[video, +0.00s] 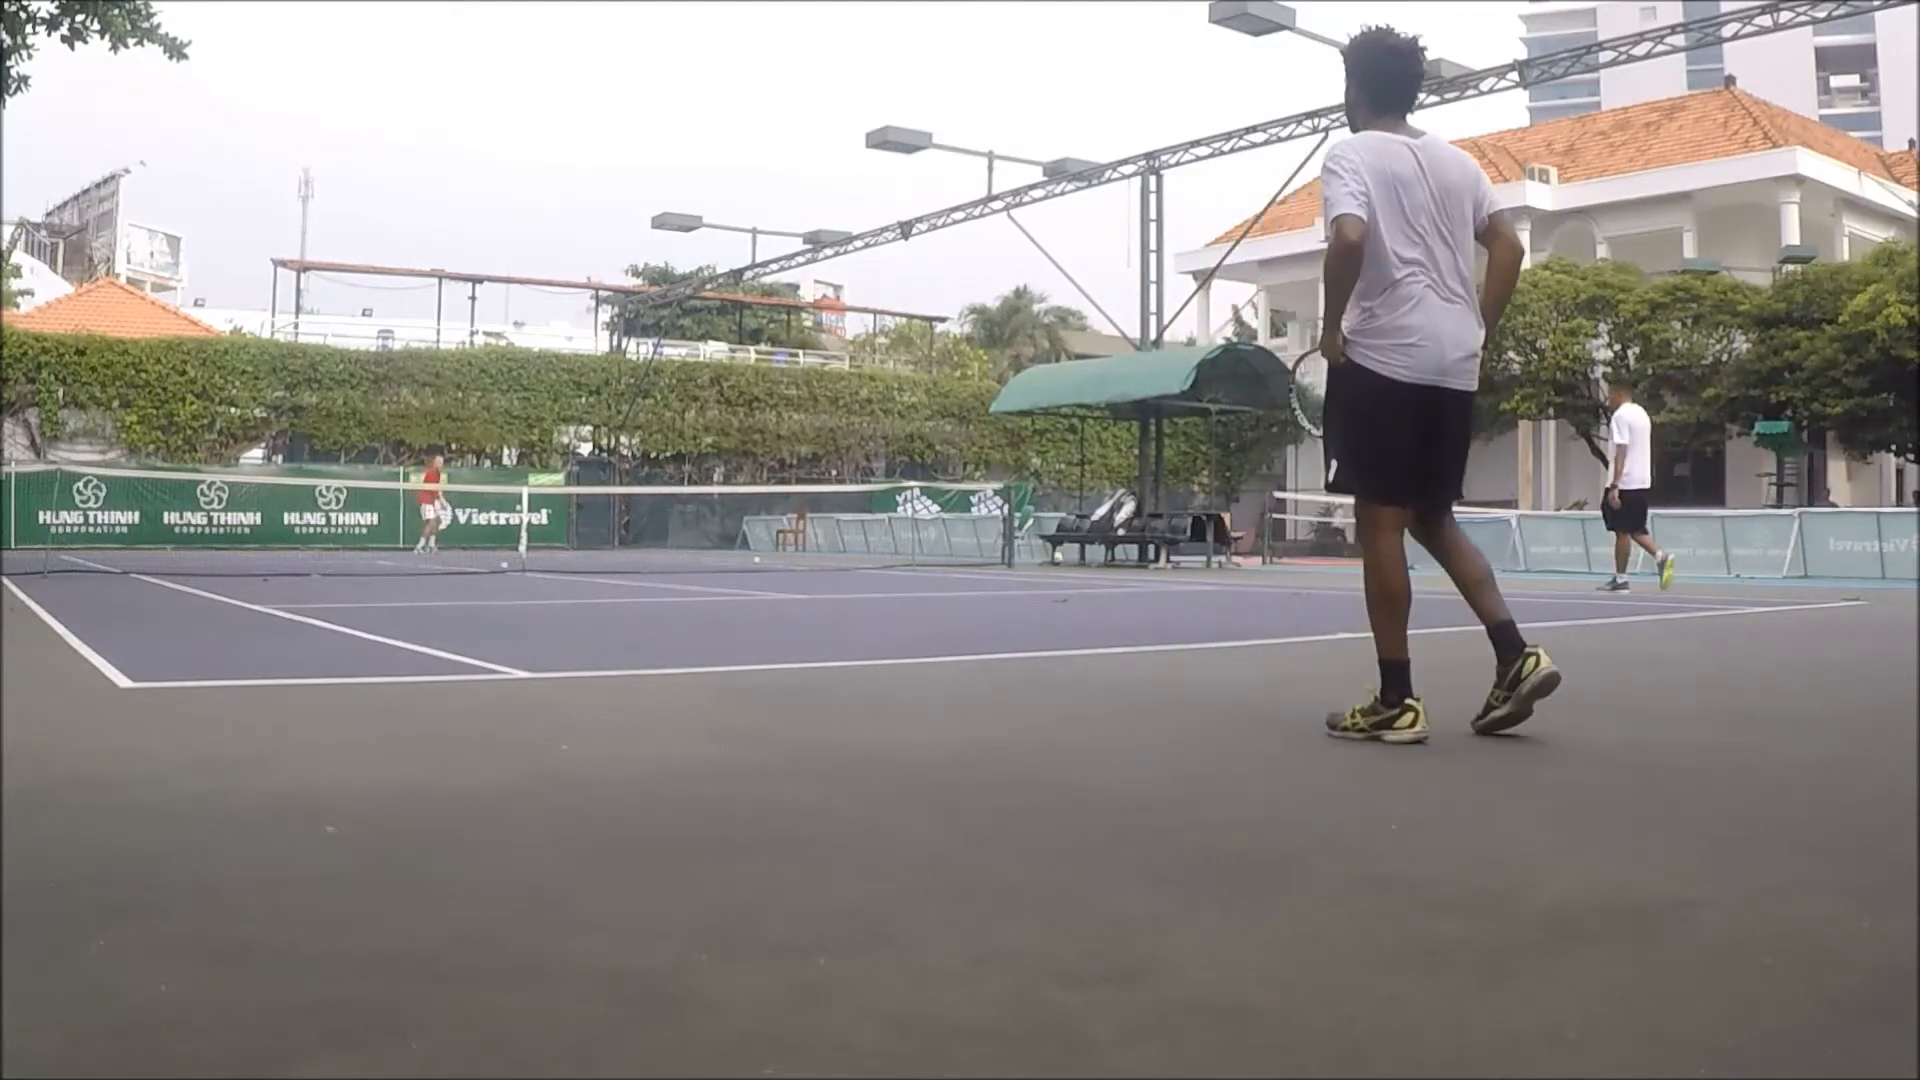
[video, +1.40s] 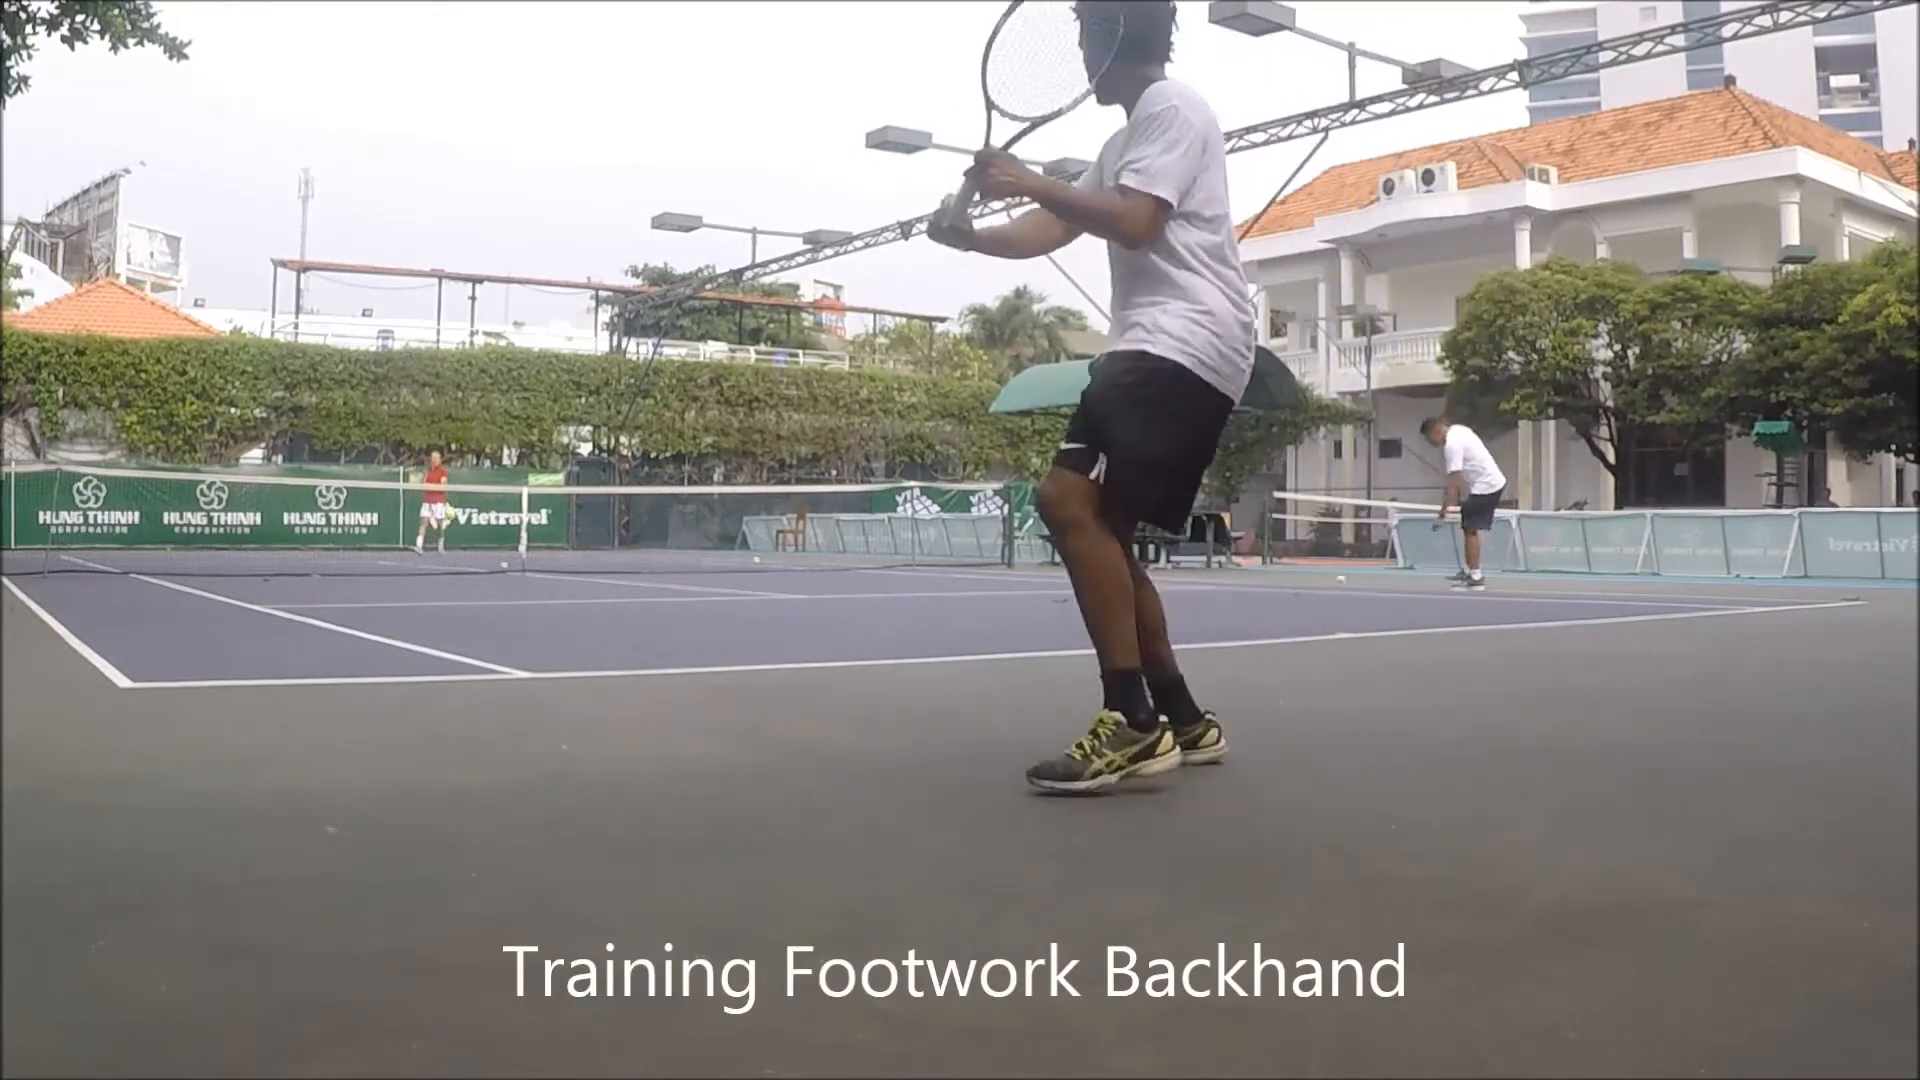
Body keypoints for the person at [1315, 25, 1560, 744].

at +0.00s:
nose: (1344, 97)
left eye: (1346, 86)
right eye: (1349, 85)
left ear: (1355, 90)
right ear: (1412, 93)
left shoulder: (1349, 154)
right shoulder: (1458, 162)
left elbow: (1349, 240)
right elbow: (1508, 248)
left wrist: (1332, 325)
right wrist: (1477, 330)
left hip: (1383, 365)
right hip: (1457, 368)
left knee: (1379, 527)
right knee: (1434, 519)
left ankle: (1396, 701)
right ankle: (1515, 655)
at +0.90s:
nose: (1327, 129)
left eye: (1328, 116)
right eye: (1329, 116)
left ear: (1339, 118)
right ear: (1398, 120)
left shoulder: (1360, 176)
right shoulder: (1441, 186)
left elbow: (1356, 267)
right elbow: (1467, 274)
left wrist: (1279, 324)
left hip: (1411, 376)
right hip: (1480, 386)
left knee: (1306, 529)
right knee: (1449, 542)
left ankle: (1358, 709)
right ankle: (1545, 693)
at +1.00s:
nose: (1280, 125)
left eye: (1282, 111)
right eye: (1280, 111)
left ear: (1297, 111)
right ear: (1353, 111)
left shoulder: (1326, 171)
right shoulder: (1389, 179)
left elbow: (1294, 281)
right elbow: (1403, 307)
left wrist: (1229, 318)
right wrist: (1328, 366)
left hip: (1372, 384)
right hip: (1439, 391)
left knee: (1264, 536)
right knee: (1429, 544)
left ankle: (1357, 709)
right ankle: (1539, 685)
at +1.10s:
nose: (1228, 80)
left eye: (1231, 66)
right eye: (1230, 66)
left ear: (1246, 71)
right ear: (1302, 70)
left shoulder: (1281, 134)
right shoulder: (1328, 140)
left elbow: (1244, 249)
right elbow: (1312, 279)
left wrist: (1174, 278)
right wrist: (1231, 325)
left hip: (1327, 358)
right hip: (1378, 355)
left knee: (1259, 533)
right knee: (1351, 527)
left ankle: (1359, 711)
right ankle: (1466, 670)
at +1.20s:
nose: (1179, 42)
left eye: (1182, 27)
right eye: (1181, 28)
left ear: (1200, 29)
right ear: (1253, 31)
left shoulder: (1232, 89)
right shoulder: (1276, 99)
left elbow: (1210, 210)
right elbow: (1231, 245)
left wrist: (1121, 227)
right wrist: (1146, 280)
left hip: (1272, 333)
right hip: (1322, 334)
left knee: (1234, 509)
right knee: (1272, 510)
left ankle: (1333, 684)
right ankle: (1309, 696)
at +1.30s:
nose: (1131, 38)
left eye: (1136, 23)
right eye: (1132, 25)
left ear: (1162, 22)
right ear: (1198, 23)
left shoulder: (1200, 77)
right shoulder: (1208, 96)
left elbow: (1173, 199)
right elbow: (1148, 229)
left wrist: (1070, 197)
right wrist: (1056, 254)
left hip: (1225, 317)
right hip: (1253, 324)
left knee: (1153, 503)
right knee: (1186, 514)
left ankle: (1273, 682)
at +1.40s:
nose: (1081, 55)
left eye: (1085, 37)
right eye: (1082, 39)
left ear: (1110, 37)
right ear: (1153, 38)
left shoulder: (1174, 107)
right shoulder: (1122, 143)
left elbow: (1136, 221)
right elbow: (1047, 230)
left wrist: (1027, 181)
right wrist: (970, 234)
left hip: (1183, 334)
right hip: (1156, 339)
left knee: (1067, 498)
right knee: (1100, 530)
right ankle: (1179, 715)